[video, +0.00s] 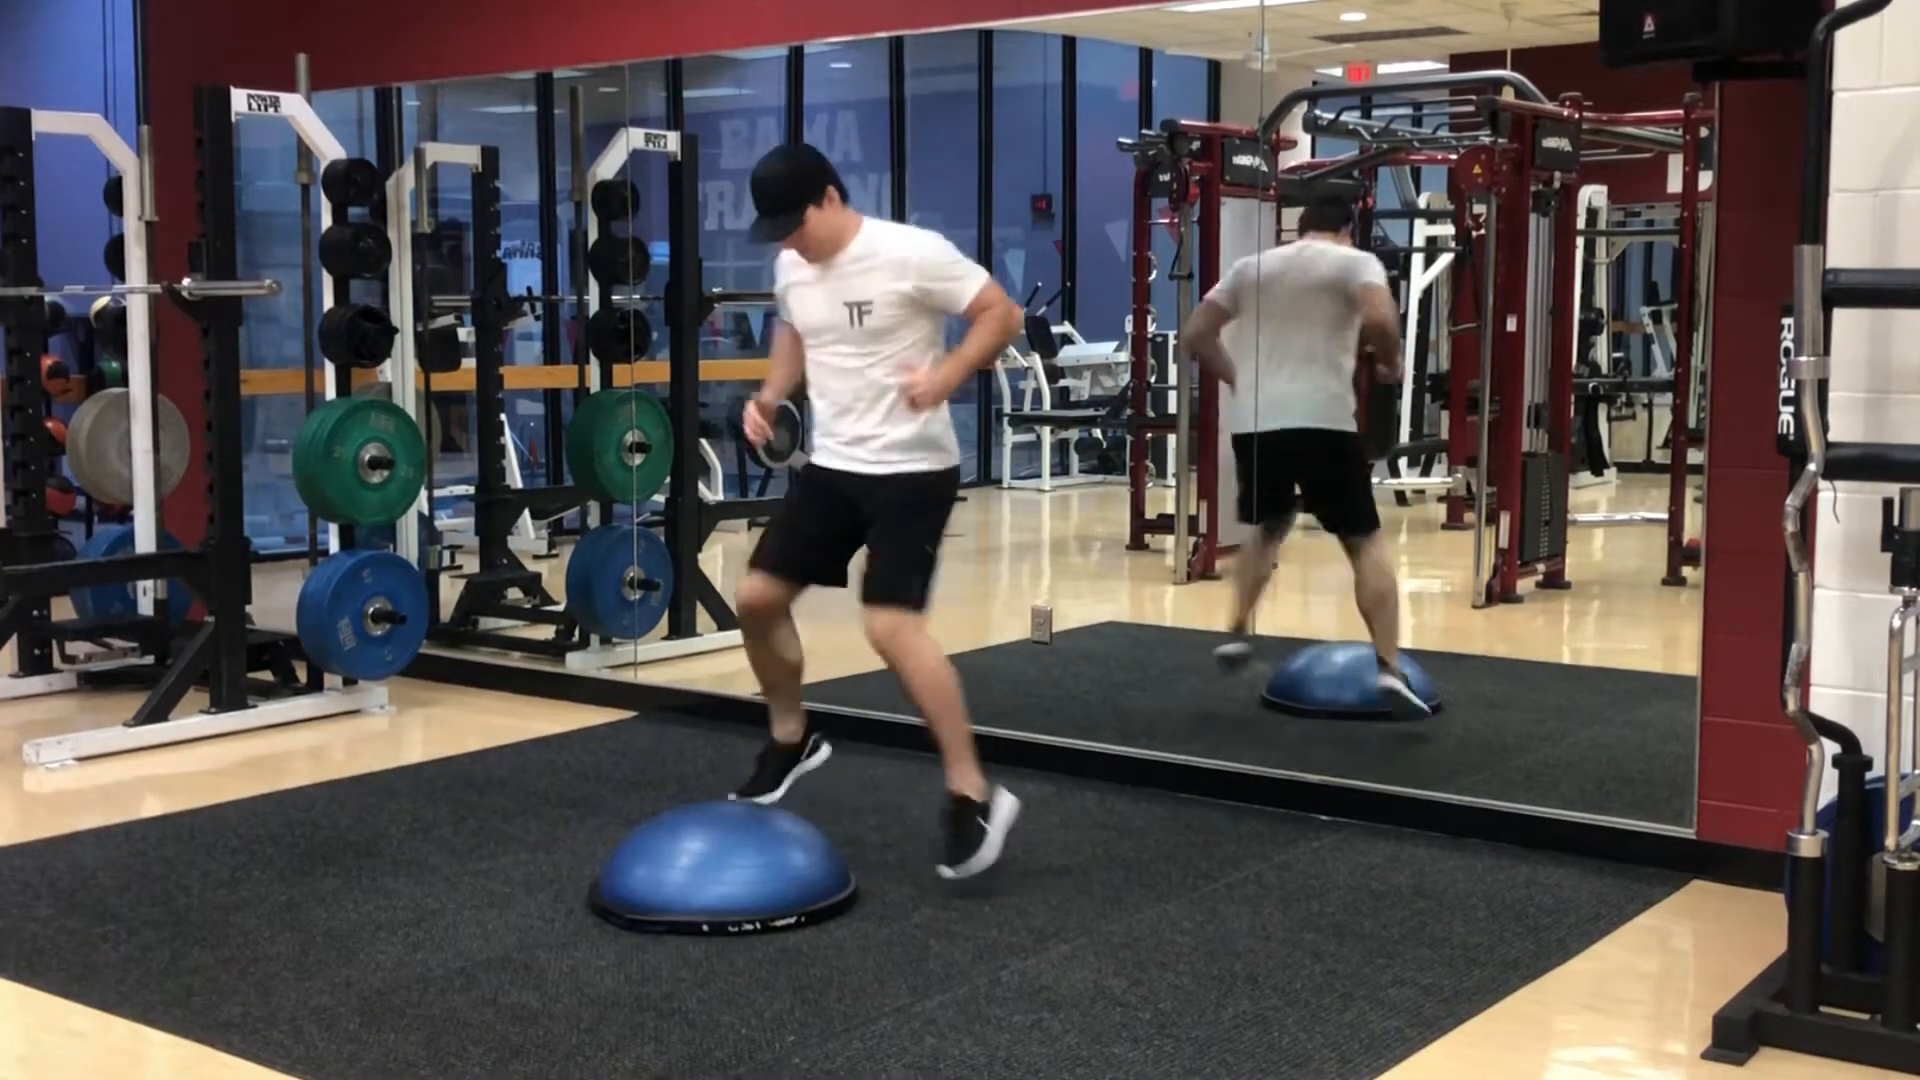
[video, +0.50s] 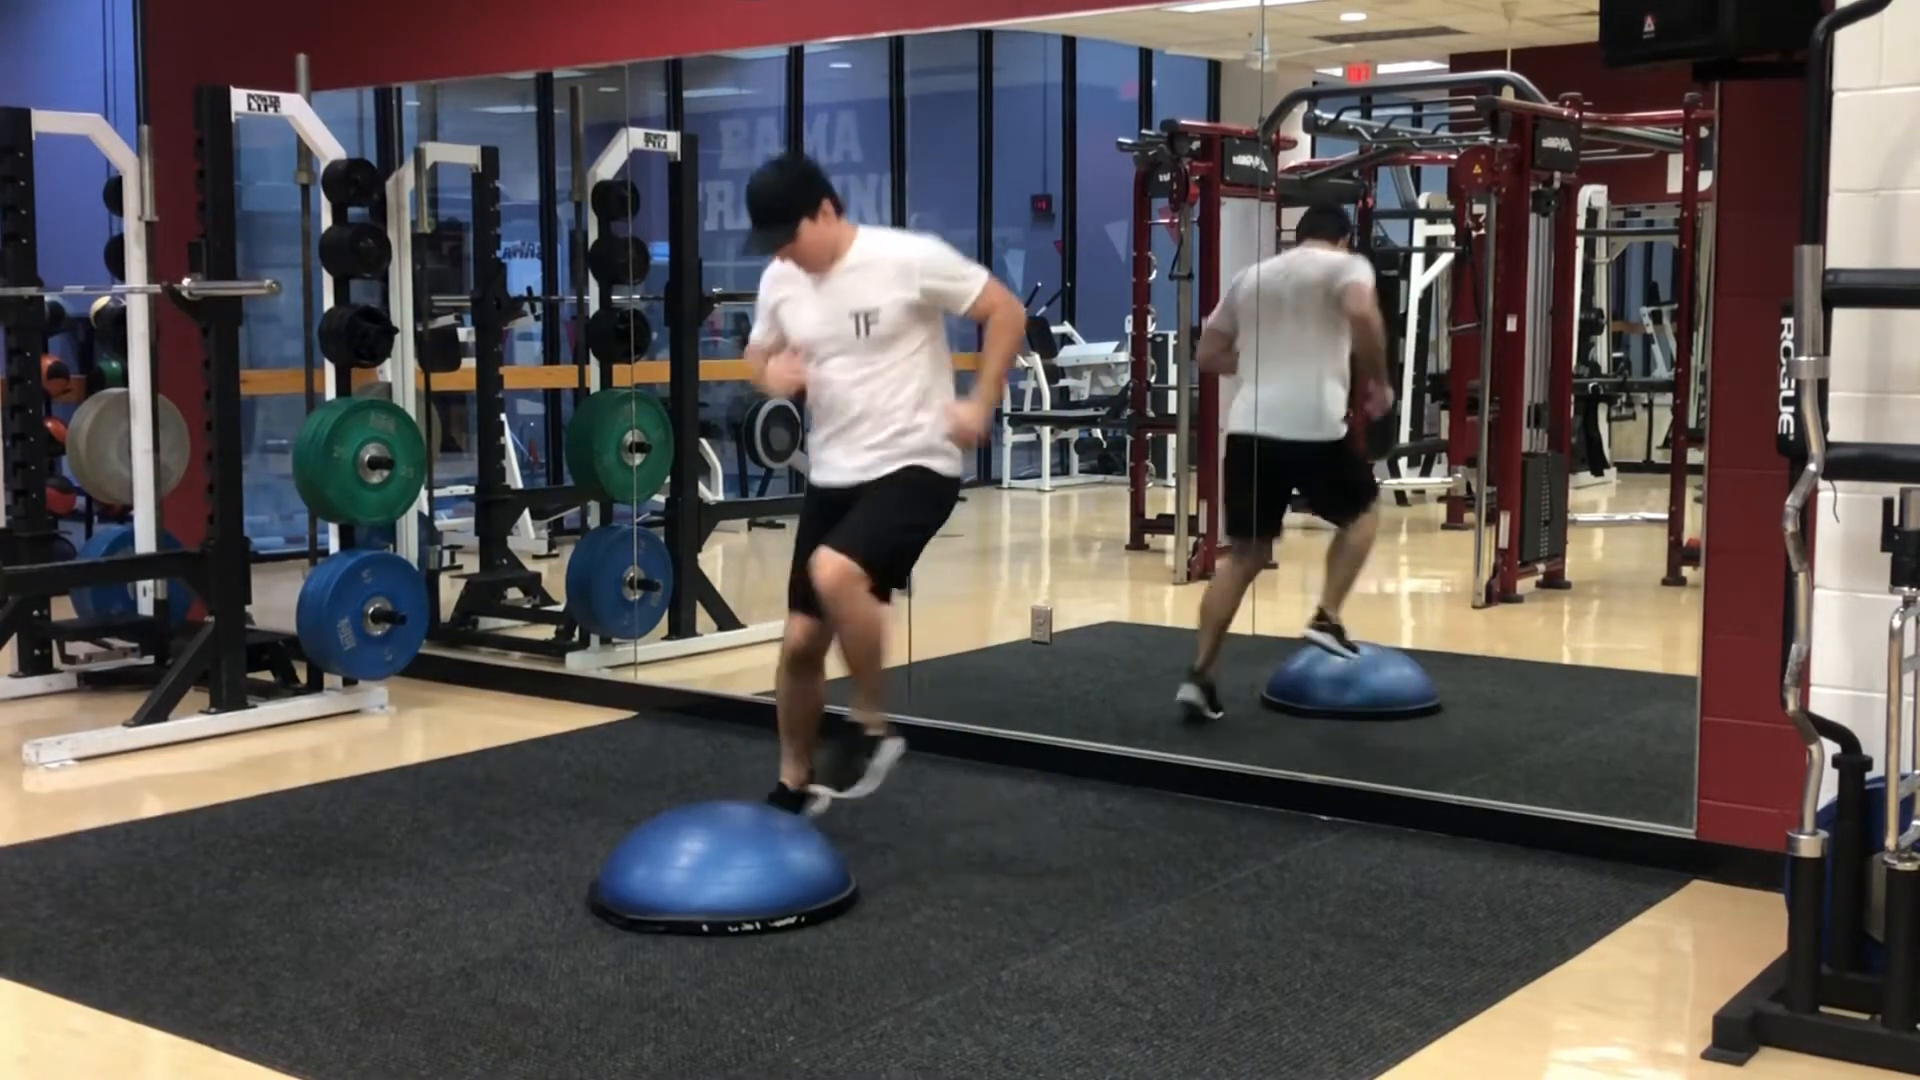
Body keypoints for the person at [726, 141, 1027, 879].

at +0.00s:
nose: (789, 245)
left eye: (794, 228)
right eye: (782, 234)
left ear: (828, 199)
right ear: (787, 218)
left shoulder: (912, 253)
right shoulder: (794, 267)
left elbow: (1003, 312)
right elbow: (793, 339)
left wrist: (947, 374)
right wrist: (769, 398)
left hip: (912, 472)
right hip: (831, 470)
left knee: (891, 623)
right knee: (758, 600)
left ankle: (973, 795)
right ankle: (789, 740)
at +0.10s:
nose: (808, 270)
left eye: (812, 253)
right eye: (799, 259)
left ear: (847, 225)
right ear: (802, 246)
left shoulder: (925, 286)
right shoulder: (820, 295)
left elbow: (998, 375)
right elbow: (836, 385)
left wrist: (929, 429)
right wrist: (806, 442)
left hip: (933, 509)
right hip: (855, 500)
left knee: (946, 667)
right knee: (758, 567)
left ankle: (1019, 828)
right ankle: (805, 733)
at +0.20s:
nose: (819, 290)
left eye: (824, 273)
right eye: (812, 278)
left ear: (864, 251)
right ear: (840, 262)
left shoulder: (936, 320)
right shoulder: (840, 320)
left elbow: (978, 431)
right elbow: (861, 417)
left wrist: (875, 448)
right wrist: (821, 467)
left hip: (951, 533)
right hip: (871, 517)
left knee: (952, 688)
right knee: (767, 574)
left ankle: (1025, 837)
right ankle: (814, 741)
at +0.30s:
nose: (819, 263)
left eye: (822, 246)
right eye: (811, 251)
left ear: (858, 222)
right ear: (831, 233)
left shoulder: (933, 283)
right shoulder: (834, 284)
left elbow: (992, 378)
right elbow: (860, 374)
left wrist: (893, 387)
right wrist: (810, 397)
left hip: (932, 512)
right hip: (854, 496)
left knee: (955, 664)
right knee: (760, 581)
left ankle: (1016, 828)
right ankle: (817, 730)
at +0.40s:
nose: (799, 243)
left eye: (802, 227)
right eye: (791, 232)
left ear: (838, 197)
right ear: (814, 209)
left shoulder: (923, 247)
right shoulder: (810, 264)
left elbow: (1009, 319)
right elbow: (824, 350)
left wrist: (936, 373)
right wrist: (801, 360)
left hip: (919, 470)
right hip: (838, 467)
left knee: (894, 616)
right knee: (778, 609)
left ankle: (960, 766)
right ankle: (792, 748)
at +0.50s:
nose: (783, 254)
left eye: (789, 238)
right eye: (775, 244)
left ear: (826, 211)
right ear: (774, 235)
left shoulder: (909, 258)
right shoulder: (779, 279)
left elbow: (1007, 311)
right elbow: (760, 362)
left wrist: (982, 402)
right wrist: (774, 375)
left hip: (916, 462)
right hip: (834, 476)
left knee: (837, 571)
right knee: (801, 642)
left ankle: (872, 724)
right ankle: (794, 784)